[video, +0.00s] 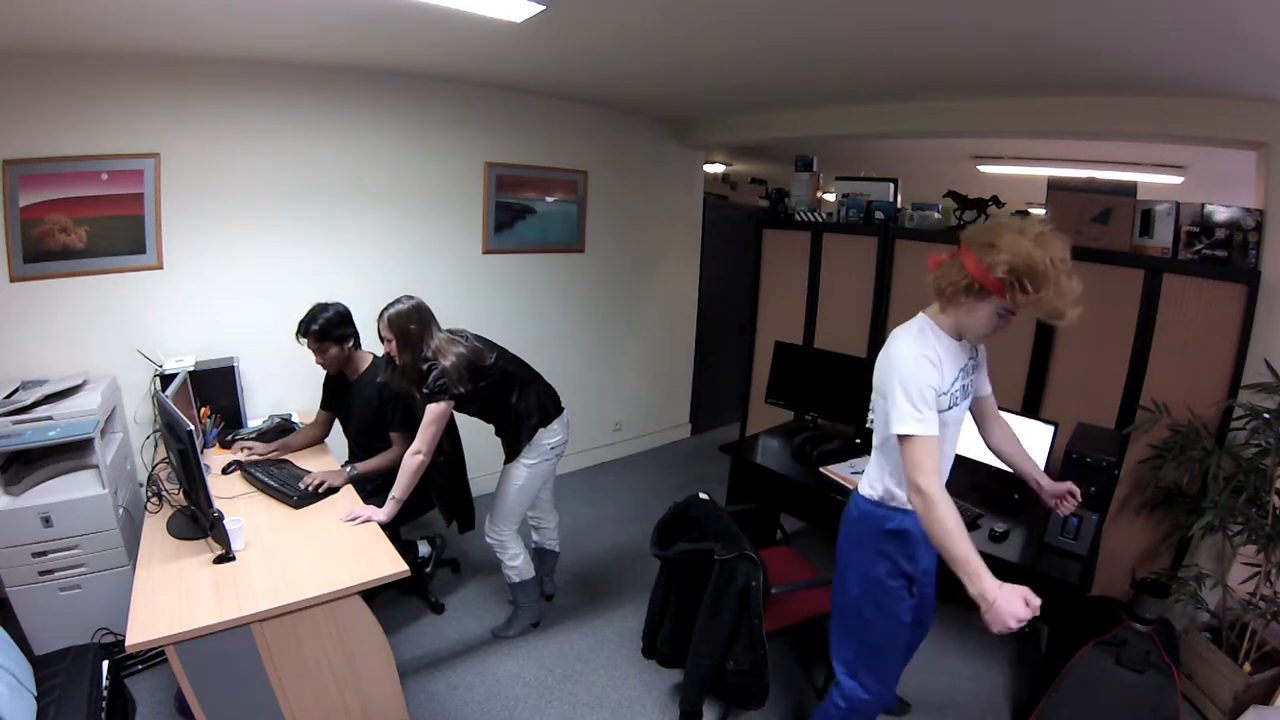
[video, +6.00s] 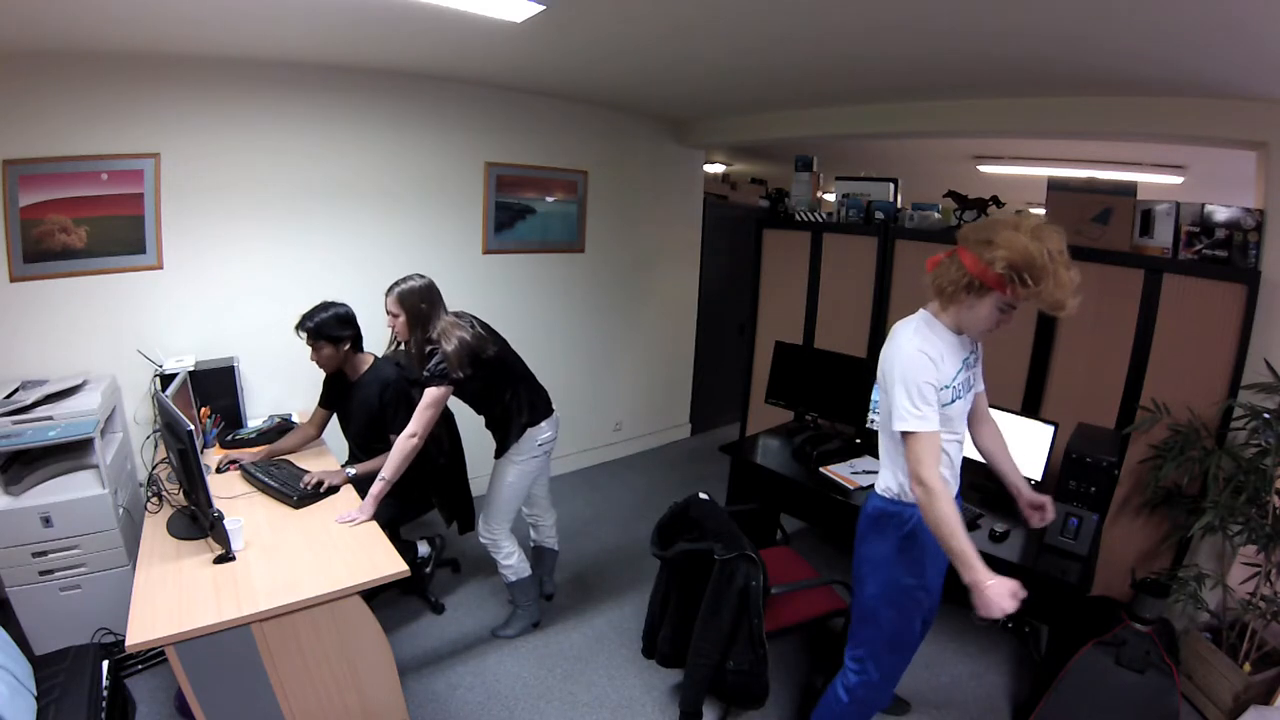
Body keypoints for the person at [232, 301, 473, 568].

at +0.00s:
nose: (317, 360)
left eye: (322, 352)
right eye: (313, 352)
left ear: (348, 342)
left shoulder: (390, 381)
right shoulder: (336, 375)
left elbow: (402, 449)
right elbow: (319, 428)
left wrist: (347, 473)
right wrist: (271, 448)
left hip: (403, 477)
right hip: (364, 473)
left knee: (339, 531)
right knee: (314, 513)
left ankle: (419, 552)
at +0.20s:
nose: (315, 363)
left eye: (319, 355)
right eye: (312, 356)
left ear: (346, 345)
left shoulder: (388, 382)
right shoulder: (339, 374)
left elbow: (403, 450)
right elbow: (333, 423)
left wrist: (346, 471)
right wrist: (307, 449)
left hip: (406, 476)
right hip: (365, 474)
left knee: (344, 527)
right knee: (321, 513)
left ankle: (419, 553)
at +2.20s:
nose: (318, 360)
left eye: (323, 351)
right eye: (314, 352)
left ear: (350, 342)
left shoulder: (388, 381)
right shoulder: (338, 375)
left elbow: (402, 450)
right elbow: (332, 428)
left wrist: (346, 474)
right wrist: (312, 458)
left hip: (408, 476)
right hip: (365, 473)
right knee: (321, 513)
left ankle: (420, 552)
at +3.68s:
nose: (319, 357)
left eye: (325, 348)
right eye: (315, 349)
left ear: (351, 342)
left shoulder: (388, 379)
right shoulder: (339, 375)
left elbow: (403, 451)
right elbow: (325, 424)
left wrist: (346, 473)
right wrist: (288, 447)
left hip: (403, 479)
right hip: (363, 474)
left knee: (343, 531)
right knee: (318, 514)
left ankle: (418, 553)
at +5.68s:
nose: (311, 356)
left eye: (316, 348)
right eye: (310, 348)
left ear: (343, 345)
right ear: (337, 347)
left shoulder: (390, 380)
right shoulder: (337, 378)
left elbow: (406, 448)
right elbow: (312, 428)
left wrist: (347, 473)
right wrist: (260, 453)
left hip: (413, 477)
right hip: (371, 470)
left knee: (353, 532)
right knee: (323, 514)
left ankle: (418, 555)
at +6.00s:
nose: (312, 356)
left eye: (317, 347)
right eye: (311, 347)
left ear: (344, 345)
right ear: (338, 346)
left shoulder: (389, 381)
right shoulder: (337, 377)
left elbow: (405, 450)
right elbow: (312, 428)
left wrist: (347, 473)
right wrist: (260, 453)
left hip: (412, 477)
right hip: (371, 470)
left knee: (349, 531)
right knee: (320, 513)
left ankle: (418, 555)